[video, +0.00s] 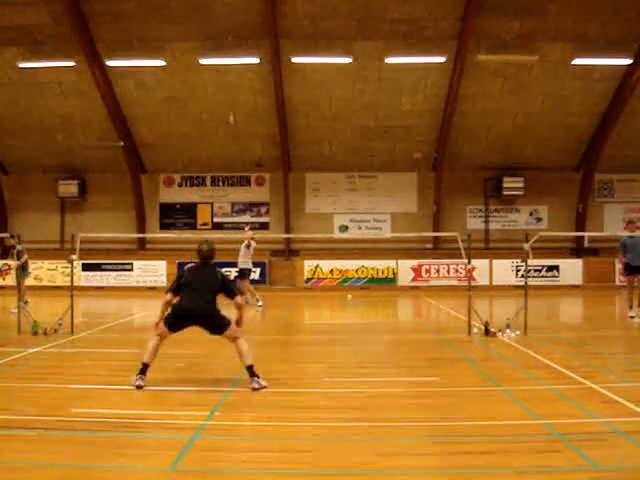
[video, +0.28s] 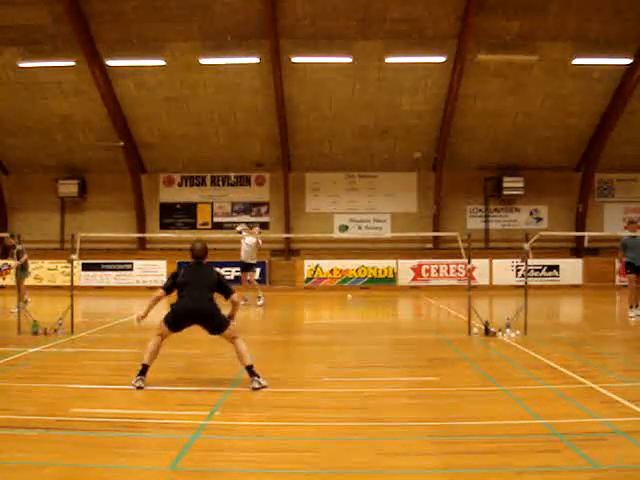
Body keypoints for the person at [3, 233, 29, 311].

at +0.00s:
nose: (7, 243)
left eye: (9, 240)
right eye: (7, 241)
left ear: (14, 240)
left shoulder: (20, 248)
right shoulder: (13, 250)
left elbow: (25, 257)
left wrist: (19, 263)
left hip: (23, 269)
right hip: (19, 269)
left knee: (21, 287)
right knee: (19, 286)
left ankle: (20, 304)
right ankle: (24, 299)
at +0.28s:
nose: (8, 242)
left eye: (9, 240)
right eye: (7, 240)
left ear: (14, 240)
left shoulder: (20, 248)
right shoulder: (14, 249)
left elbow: (25, 257)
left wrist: (18, 263)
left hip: (23, 270)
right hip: (19, 269)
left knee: (20, 286)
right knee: (19, 286)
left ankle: (19, 305)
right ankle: (25, 298)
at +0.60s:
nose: (6, 241)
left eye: (7, 238)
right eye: (5, 239)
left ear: (12, 238)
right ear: (5, 240)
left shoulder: (19, 247)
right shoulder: (11, 249)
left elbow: (25, 255)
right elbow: (10, 258)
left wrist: (18, 261)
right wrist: (6, 263)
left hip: (23, 268)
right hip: (17, 267)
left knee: (20, 286)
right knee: (18, 285)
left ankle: (19, 304)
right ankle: (24, 298)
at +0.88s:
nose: (8, 239)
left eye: (9, 237)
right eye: (7, 237)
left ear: (15, 237)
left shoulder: (21, 247)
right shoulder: (13, 248)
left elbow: (27, 254)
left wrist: (20, 262)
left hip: (24, 268)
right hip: (20, 267)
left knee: (21, 286)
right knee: (20, 285)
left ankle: (21, 304)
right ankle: (25, 298)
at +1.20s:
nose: (20, 238)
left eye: (21, 236)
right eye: (19, 236)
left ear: (27, 236)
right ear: (20, 237)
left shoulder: (31, 245)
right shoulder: (21, 244)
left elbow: (37, 252)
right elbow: (11, 247)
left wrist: (31, 259)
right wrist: (3, 251)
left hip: (35, 266)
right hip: (30, 265)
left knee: (31, 283)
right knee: (30, 283)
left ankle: (31, 303)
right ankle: (36, 297)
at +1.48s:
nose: (26, 235)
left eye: (27, 233)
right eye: (25, 233)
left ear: (32, 234)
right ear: (24, 235)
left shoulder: (36, 243)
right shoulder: (26, 243)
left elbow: (42, 250)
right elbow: (17, 245)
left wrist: (37, 255)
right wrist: (8, 249)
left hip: (39, 265)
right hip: (34, 265)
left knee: (35, 283)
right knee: (34, 283)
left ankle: (35, 302)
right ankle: (40, 296)